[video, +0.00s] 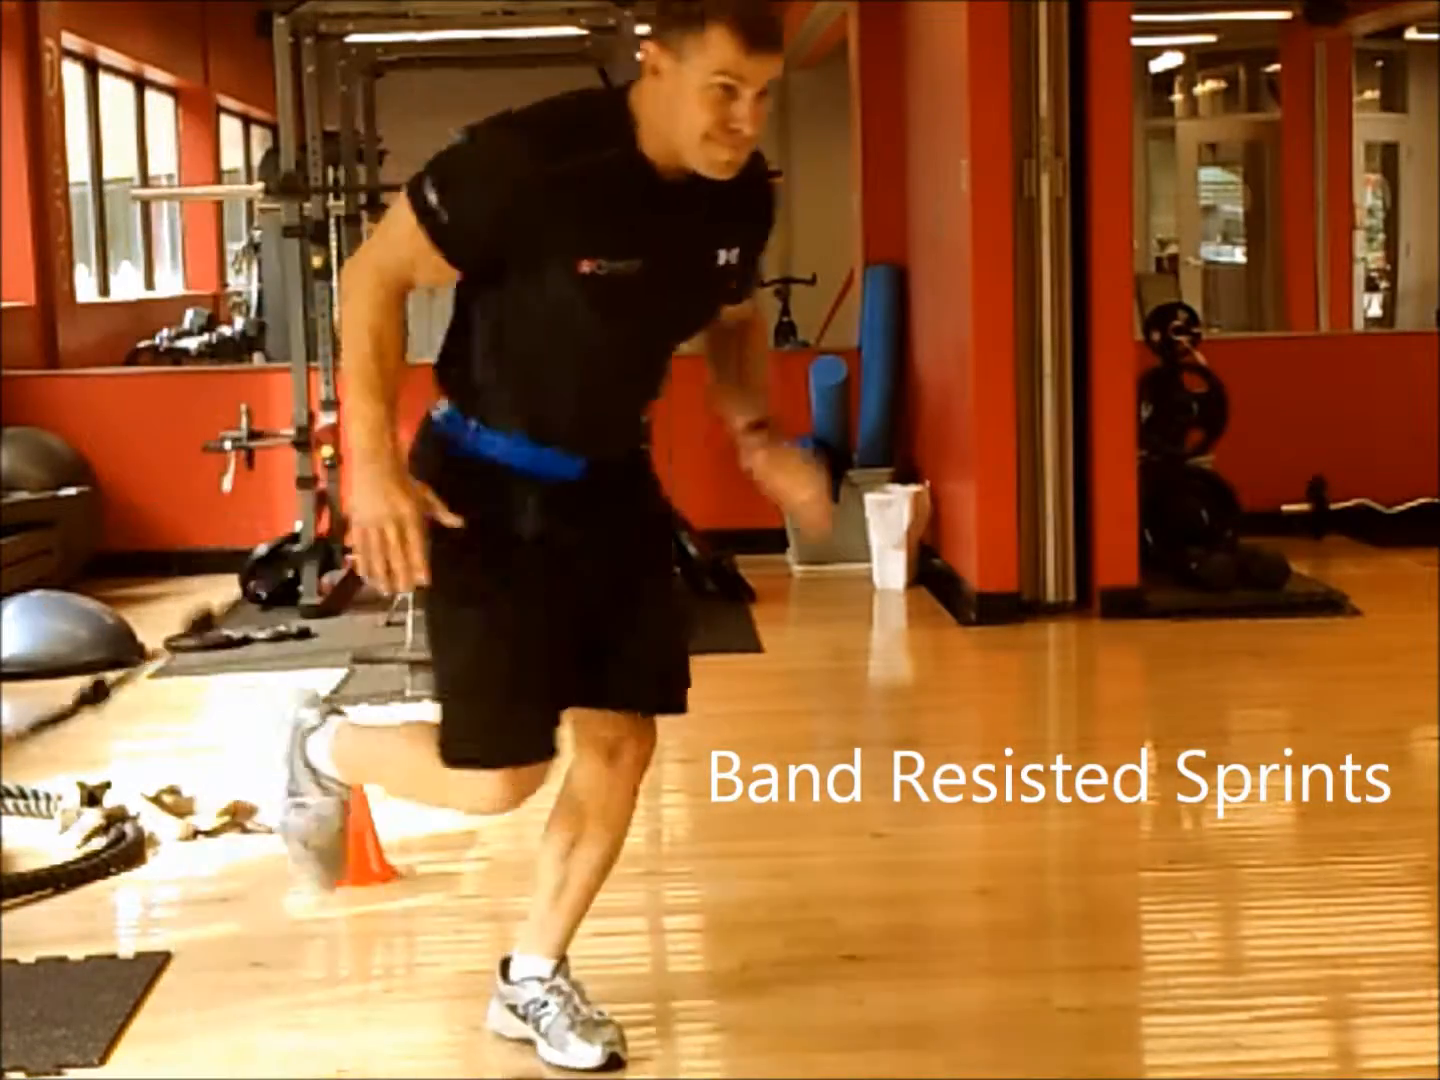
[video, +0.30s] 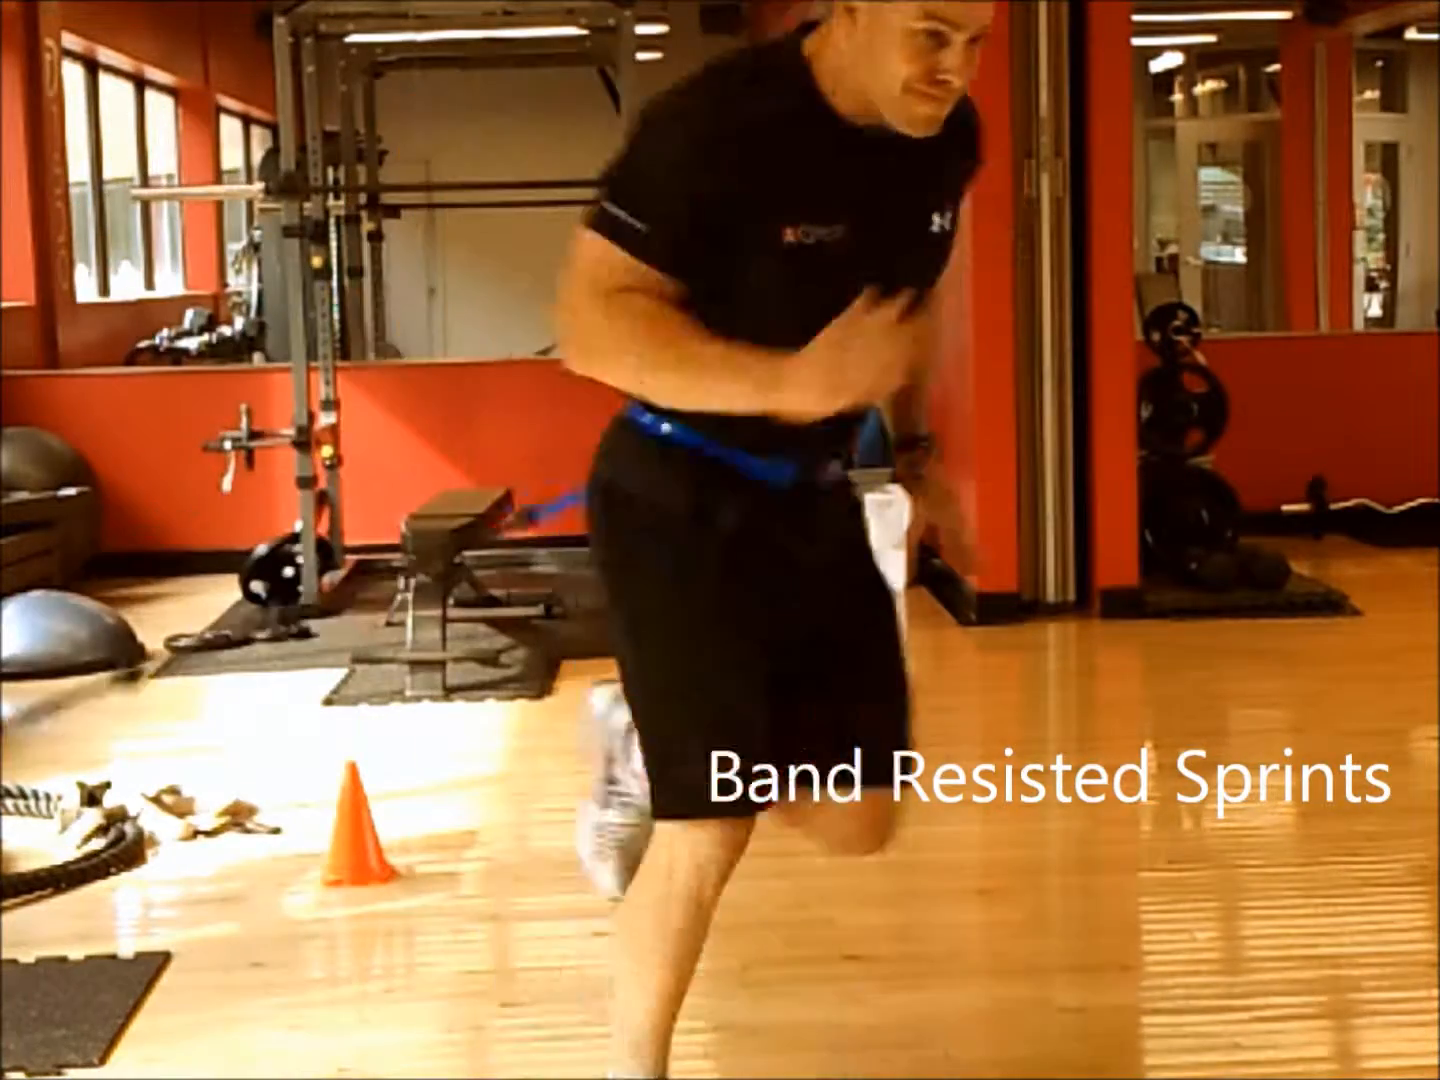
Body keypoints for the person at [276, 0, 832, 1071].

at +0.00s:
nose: (746, 120)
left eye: (764, 95)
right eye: (726, 90)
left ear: (776, 88)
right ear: (651, 63)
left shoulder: (744, 192)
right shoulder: (525, 157)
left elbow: (737, 332)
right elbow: (371, 275)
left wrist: (755, 435)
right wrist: (368, 457)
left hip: (611, 488)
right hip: (482, 486)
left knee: (616, 742)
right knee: (500, 771)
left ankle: (534, 972)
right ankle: (327, 741)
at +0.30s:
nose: (955, 71)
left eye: (973, 42)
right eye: (932, 35)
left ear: (987, 38)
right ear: (847, 15)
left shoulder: (946, 138)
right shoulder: (710, 118)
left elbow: (909, 313)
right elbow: (591, 322)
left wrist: (918, 459)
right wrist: (789, 378)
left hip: (821, 492)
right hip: (681, 486)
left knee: (859, 815)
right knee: (708, 816)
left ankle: (642, 750)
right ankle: (635, 1069)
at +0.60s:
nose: (1186, 64)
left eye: (1205, 38)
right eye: (1165, 24)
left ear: (1210, 45)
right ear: (1069, 5)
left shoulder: (1156, 158)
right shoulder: (899, 85)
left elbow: (1176, 344)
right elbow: (666, 151)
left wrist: (1246, 446)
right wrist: (587, 356)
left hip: (968, 498)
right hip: (834, 491)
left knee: (967, 805)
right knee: (1006, 772)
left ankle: (861, 1058)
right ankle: (713, 797)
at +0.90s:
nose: (1228, 56)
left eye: (1240, 25)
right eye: (1207, 16)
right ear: (1104, 2)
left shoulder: (1173, 114)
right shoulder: (960, 87)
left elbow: (1072, 289)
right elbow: (863, 330)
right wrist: (1123, 314)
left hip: (1020, 508)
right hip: (863, 515)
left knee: (1237, 768)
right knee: (822, 875)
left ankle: (960, 752)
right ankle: (725, 1072)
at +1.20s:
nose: (1273, 100)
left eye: (1293, 68)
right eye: (1251, 60)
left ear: (1309, 56)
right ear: (1152, 23)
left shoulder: (1250, 184)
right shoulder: (966, 112)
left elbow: (1279, 359)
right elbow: (721, 170)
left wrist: (1362, 437)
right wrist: (623, 370)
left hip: (1027, 526)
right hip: (883, 511)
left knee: (936, 827)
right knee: (1078, 785)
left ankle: (785, 1045)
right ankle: (758, 801)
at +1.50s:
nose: (1276, 110)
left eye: (1292, 74)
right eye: (1252, 67)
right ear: (1142, 31)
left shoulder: (1207, 164)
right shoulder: (991, 132)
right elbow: (930, 394)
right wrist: (1197, 374)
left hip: (1044, 556)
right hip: (880, 562)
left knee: (1218, 844)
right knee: (836, 922)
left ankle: (946, 812)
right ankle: (719, 1070)